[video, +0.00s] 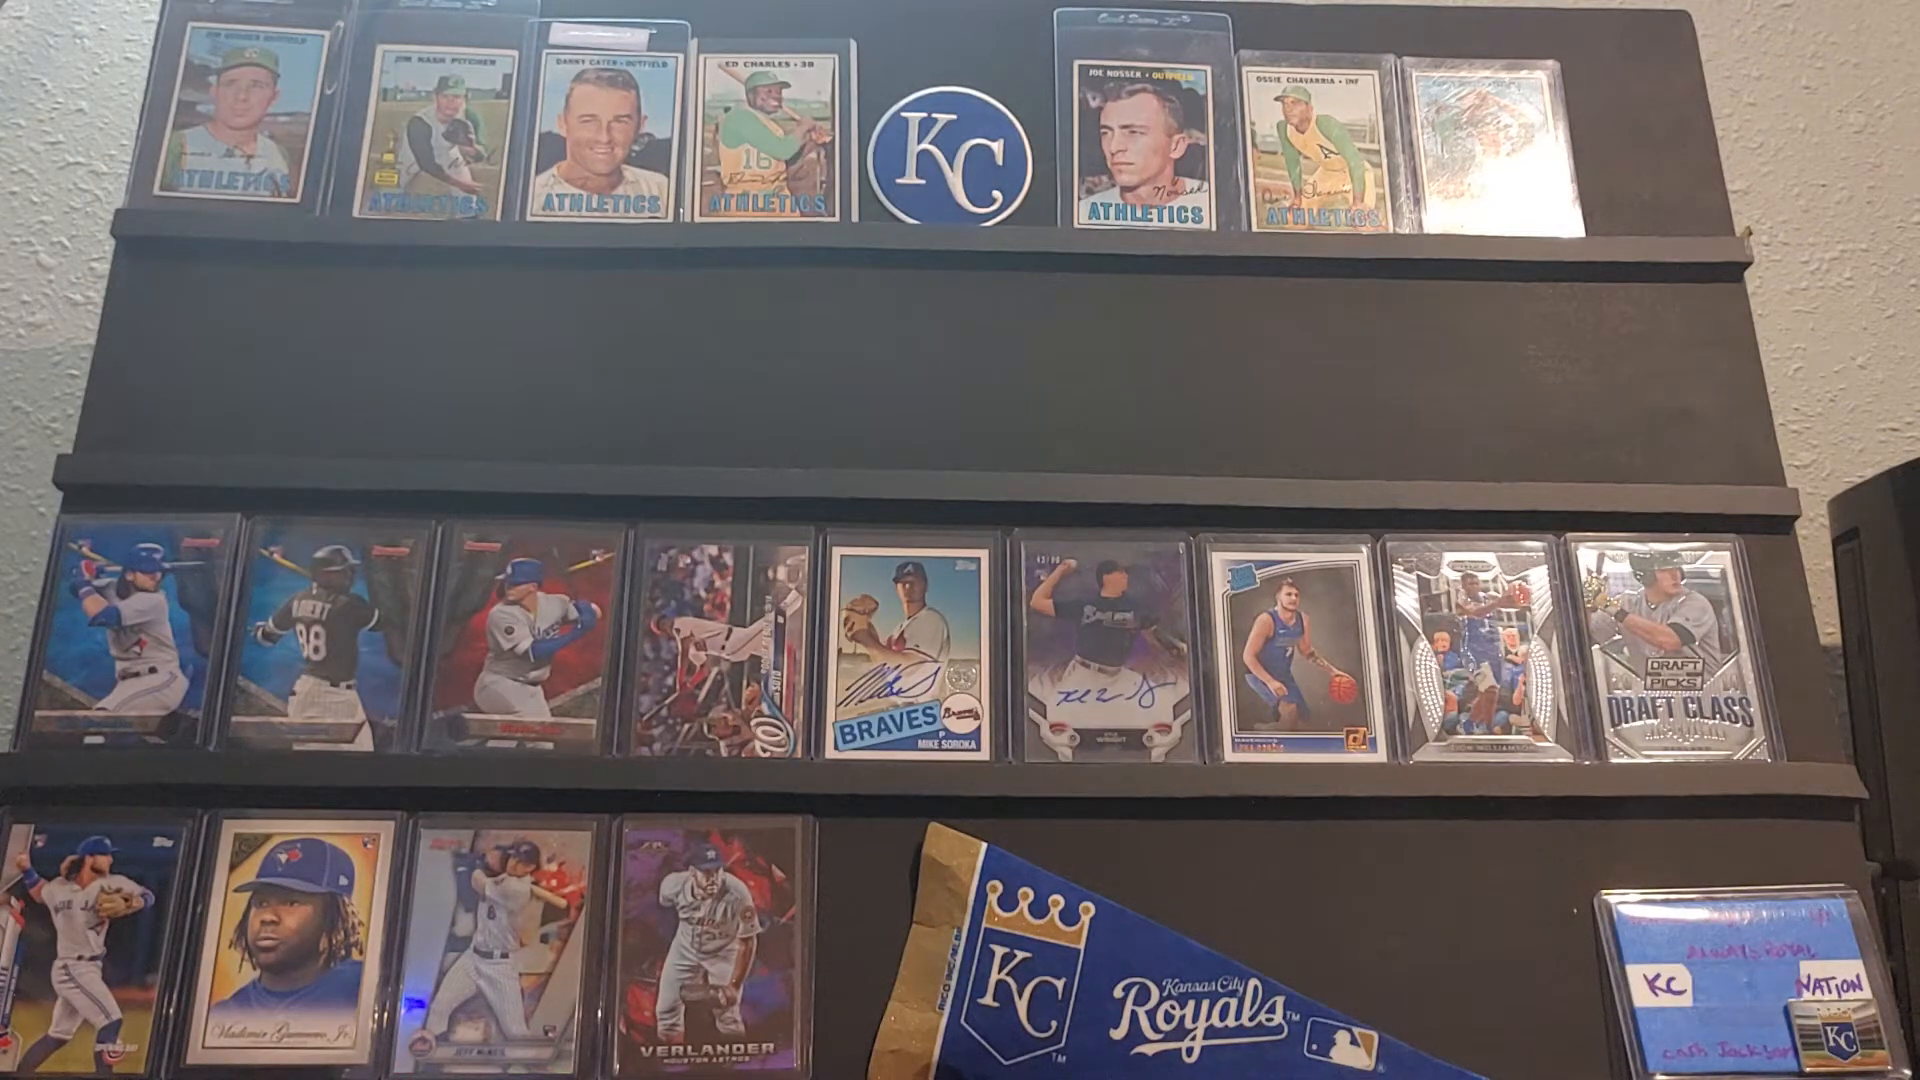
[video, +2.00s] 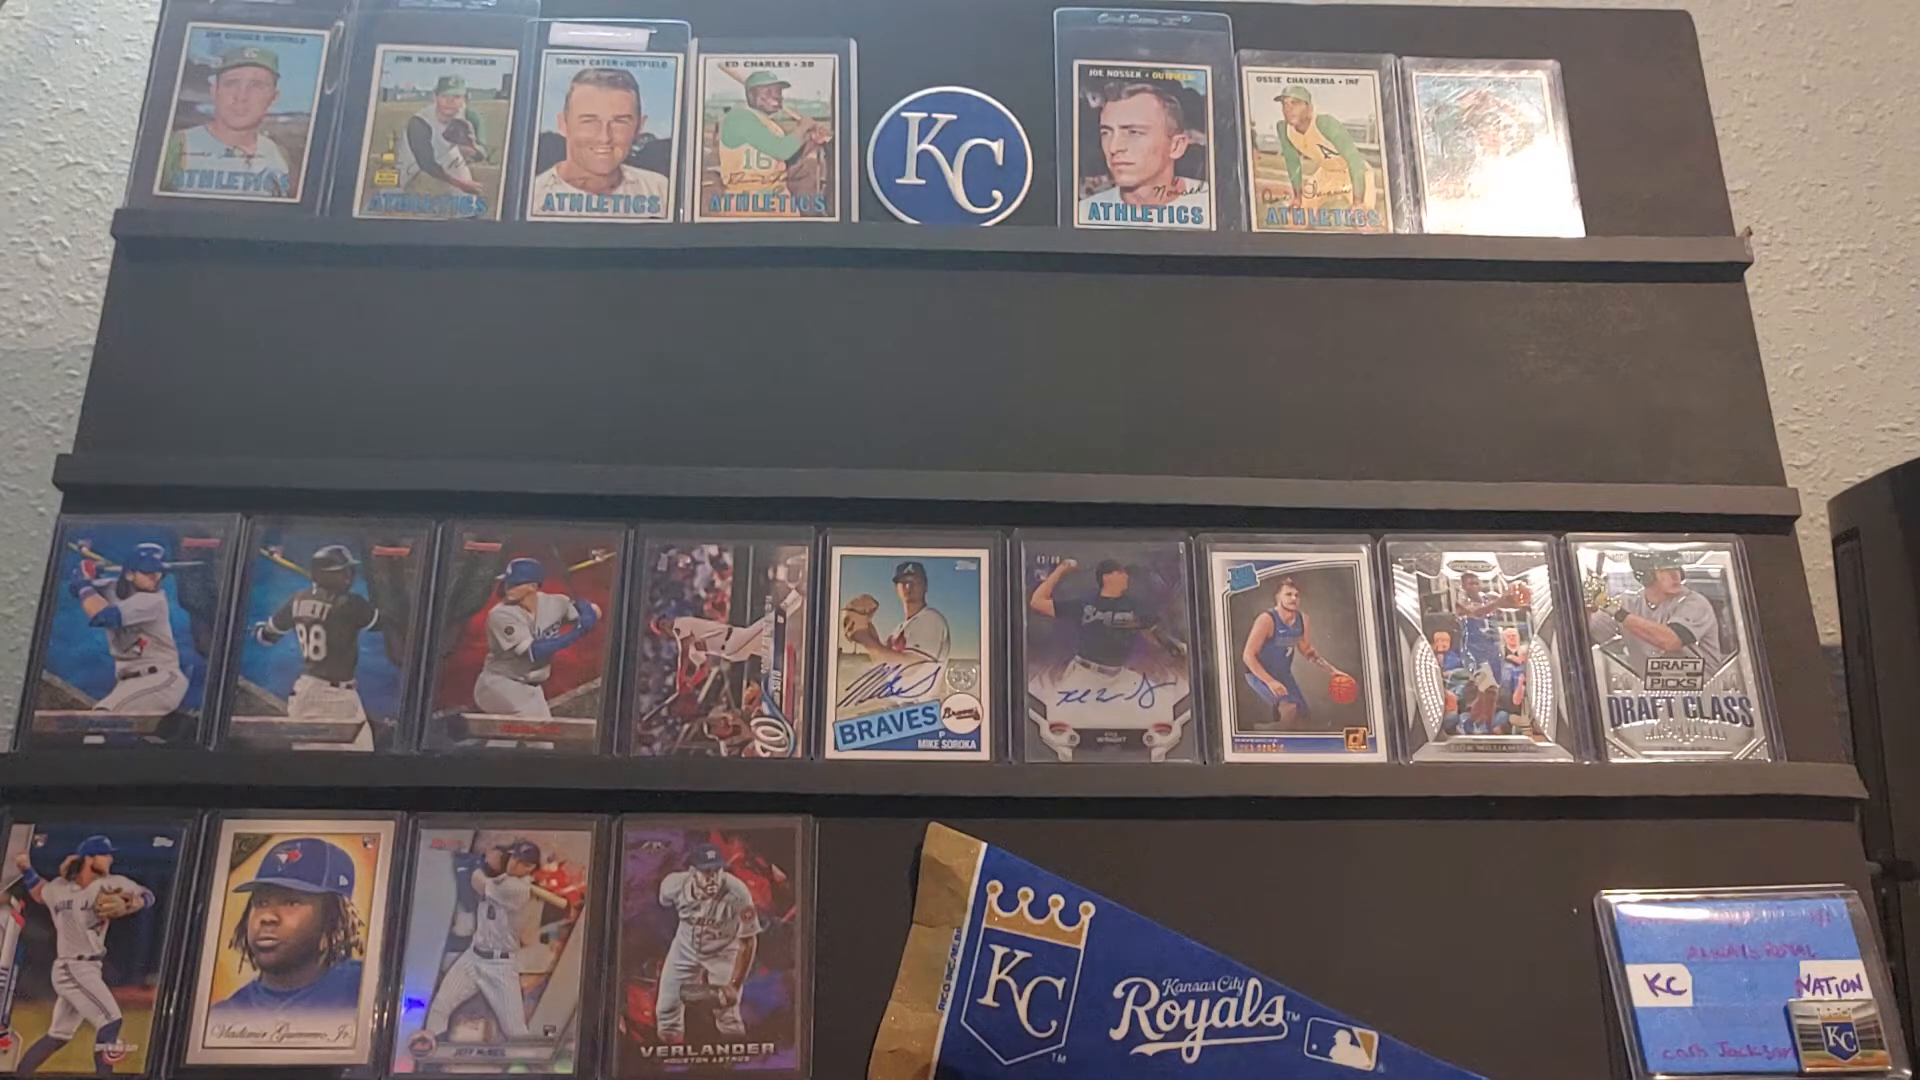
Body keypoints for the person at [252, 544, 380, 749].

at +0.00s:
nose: (351, 576)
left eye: (351, 571)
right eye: (347, 571)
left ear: (320, 574)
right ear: (332, 575)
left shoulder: (299, 600)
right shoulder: (350, 605)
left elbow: (267, 637)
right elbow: (384, 623)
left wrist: (259, 630)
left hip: (305, 692)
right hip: (340, 697)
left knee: (307, 765)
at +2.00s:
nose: (350, 578)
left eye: (350, 572)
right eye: (346, 572)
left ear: (319, 575)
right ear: (335, 575)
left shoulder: (299, 601)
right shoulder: (350, 605)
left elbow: (267, 637)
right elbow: (388, 621)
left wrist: (259, 630)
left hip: (305, 694)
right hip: (342, 698)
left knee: (306, 766)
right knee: (359, 767)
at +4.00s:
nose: (350, 576)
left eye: (350, 571)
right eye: (346, 571)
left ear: (319, 575)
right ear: (333, 575)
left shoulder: (298, 601)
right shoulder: (350, 604)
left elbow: (267, 637)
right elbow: (386, 622)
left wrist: (260, 630)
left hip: (306, 692)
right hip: (341, 697)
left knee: (306, 765)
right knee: (360, 766)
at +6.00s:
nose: (351, 577)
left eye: (351, 571)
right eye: (348, 572)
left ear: (320, 574)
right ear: (336, 575)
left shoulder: (299, 600)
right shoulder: (350, 605)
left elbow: (268, 637)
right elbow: (387, 620)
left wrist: (259, 630)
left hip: (305, 693)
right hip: (340, 698)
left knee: (307, 766)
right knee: (359, 768)